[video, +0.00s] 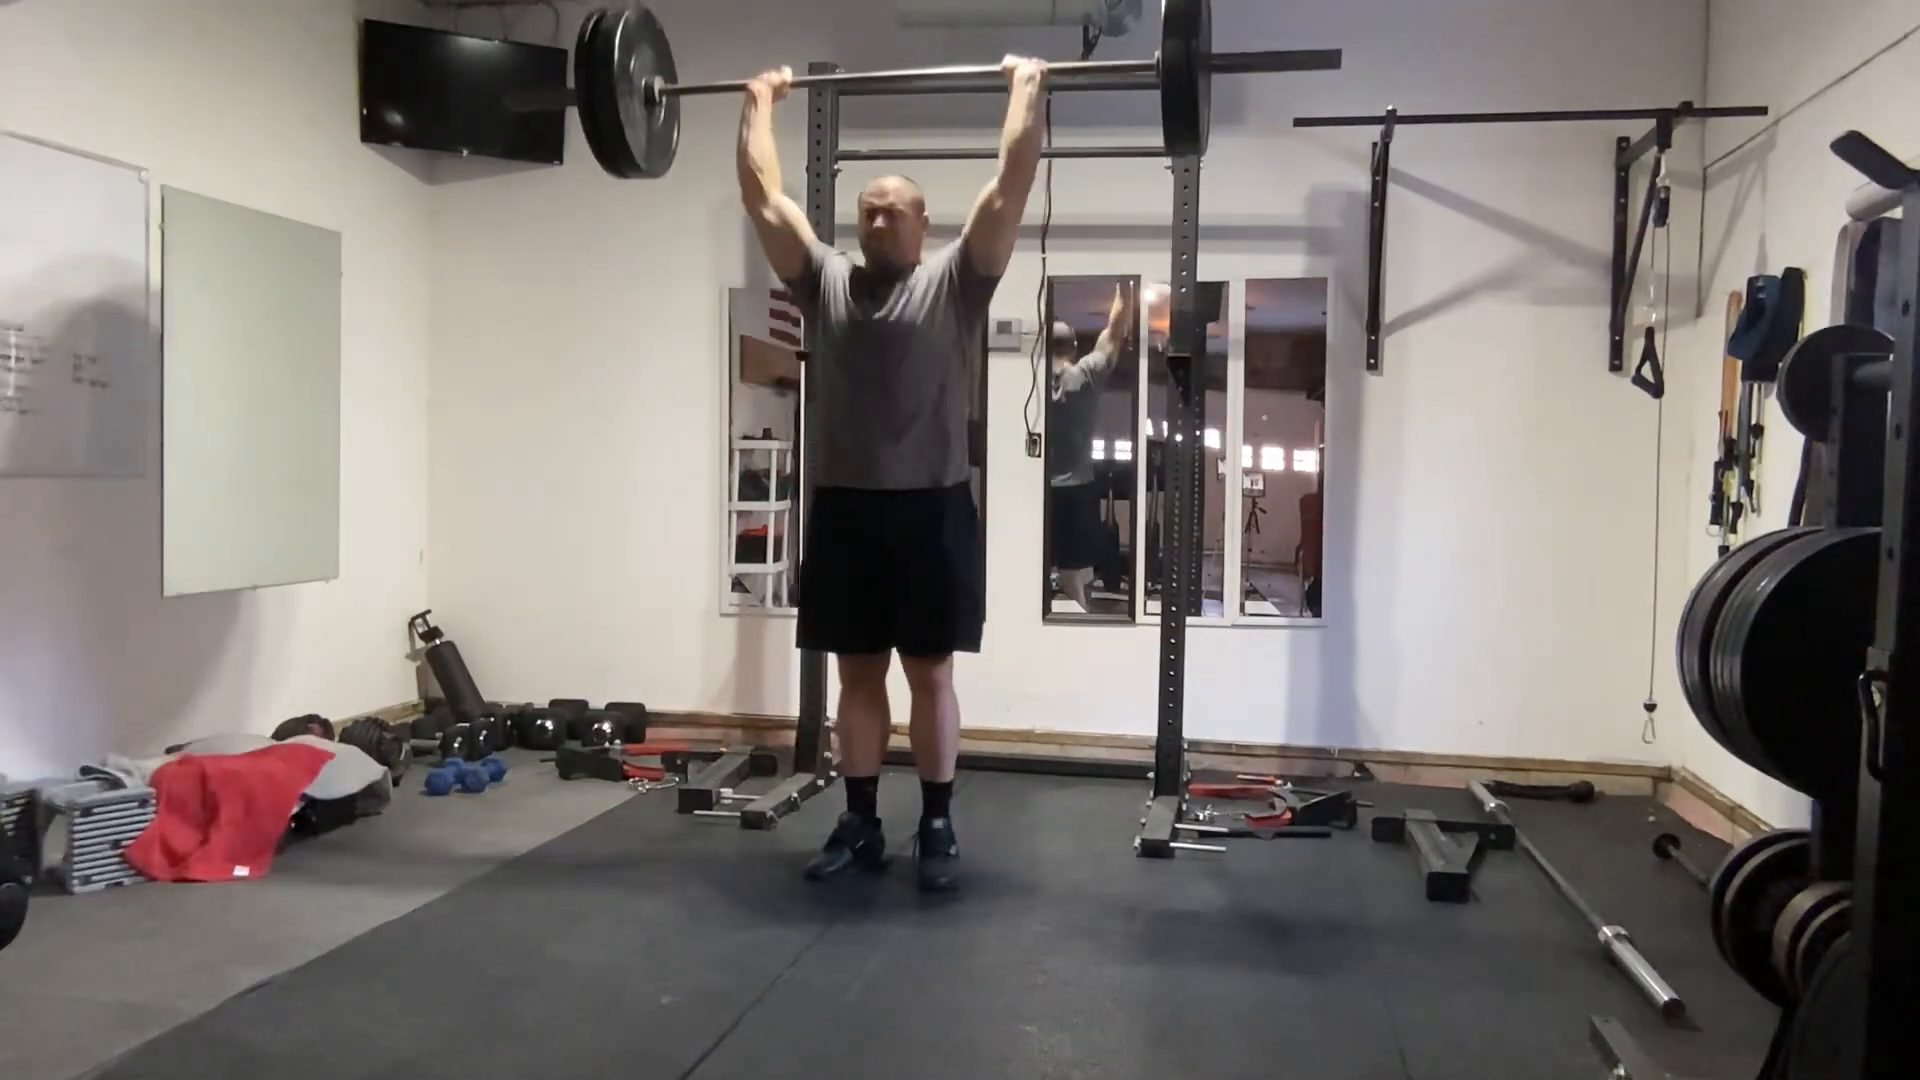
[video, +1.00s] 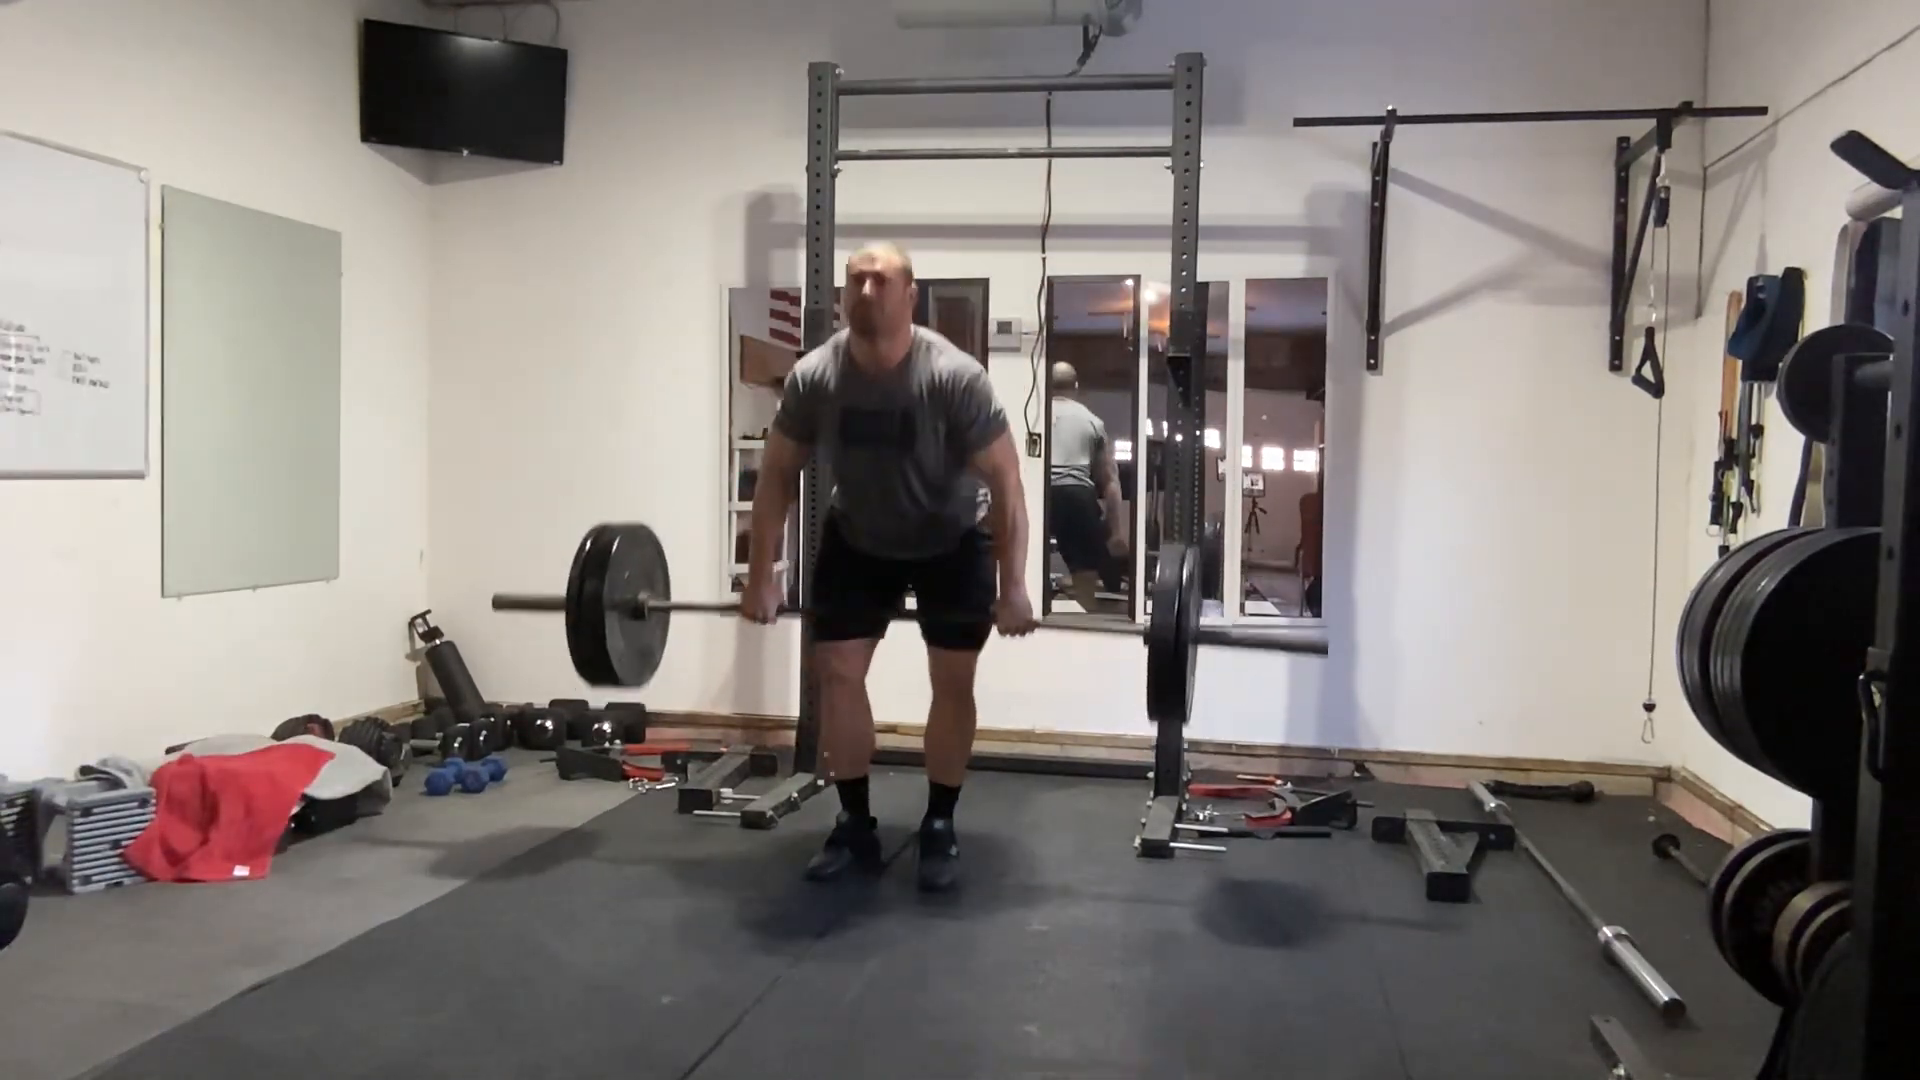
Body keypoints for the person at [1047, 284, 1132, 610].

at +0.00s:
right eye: (1068, 344)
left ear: (1042, 345)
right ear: (1073, 346)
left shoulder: (1029, 377)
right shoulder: (1085, 375)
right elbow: (1112, 335)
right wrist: (1122, 298)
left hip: (1039, 487)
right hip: (1076, 486)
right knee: (1075, 578)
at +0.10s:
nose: (1069, 351)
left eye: (1058, 346)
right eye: (1070, 345)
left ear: (1042, 347)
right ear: (1073, 348)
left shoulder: (1029, 378)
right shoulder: (1084, 375)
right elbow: (1108, 331)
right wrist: (1121, 297)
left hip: (1041, 482)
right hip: (1076, 481)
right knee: (1075, 575)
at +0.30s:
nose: (1049, 354)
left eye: (1050, 348)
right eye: (1052, 348)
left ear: (1045, 349)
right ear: (1073, 349)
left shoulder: (1029, 388)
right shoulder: (1090, 389)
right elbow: (1108, 451)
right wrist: (1116, 500)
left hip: (1037, 494)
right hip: (1077, 494)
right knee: (1077, 576)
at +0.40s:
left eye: (1051, 352)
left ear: (1044, 353)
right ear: (1074, 353)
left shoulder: (1029, 388)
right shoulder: (1091, 392)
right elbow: (1109, 455)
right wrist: (1115, 502)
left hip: (1035, 494)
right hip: (1077, 493)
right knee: (1080, 575)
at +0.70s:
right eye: (1077, 392)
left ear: (1049, 392)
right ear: (1077, 393)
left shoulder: (1032, 420)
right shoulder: (1095, 429)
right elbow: (1109, 491)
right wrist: (1116, 543)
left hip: (1034, 498)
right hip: (1077, 499)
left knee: (1031, 575)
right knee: (1087, 578)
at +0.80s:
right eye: (1075, 401)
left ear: (1048, 401)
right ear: (1076, 402)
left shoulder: (1033, 429)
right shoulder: (1094, 437)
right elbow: (1109, 498)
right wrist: (1116, 552)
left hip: (1035, 500)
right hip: (1077, 502)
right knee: (1089, 577)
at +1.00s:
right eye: (1074, 385)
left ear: (1048, 385)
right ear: (1076, 386)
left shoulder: (1031, 414)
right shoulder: (1092, 421)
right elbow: (1110, 480)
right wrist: (1117, 533)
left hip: (1034, 494)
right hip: (1076, 495)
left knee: (1031, 566)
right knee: (1083, 573)